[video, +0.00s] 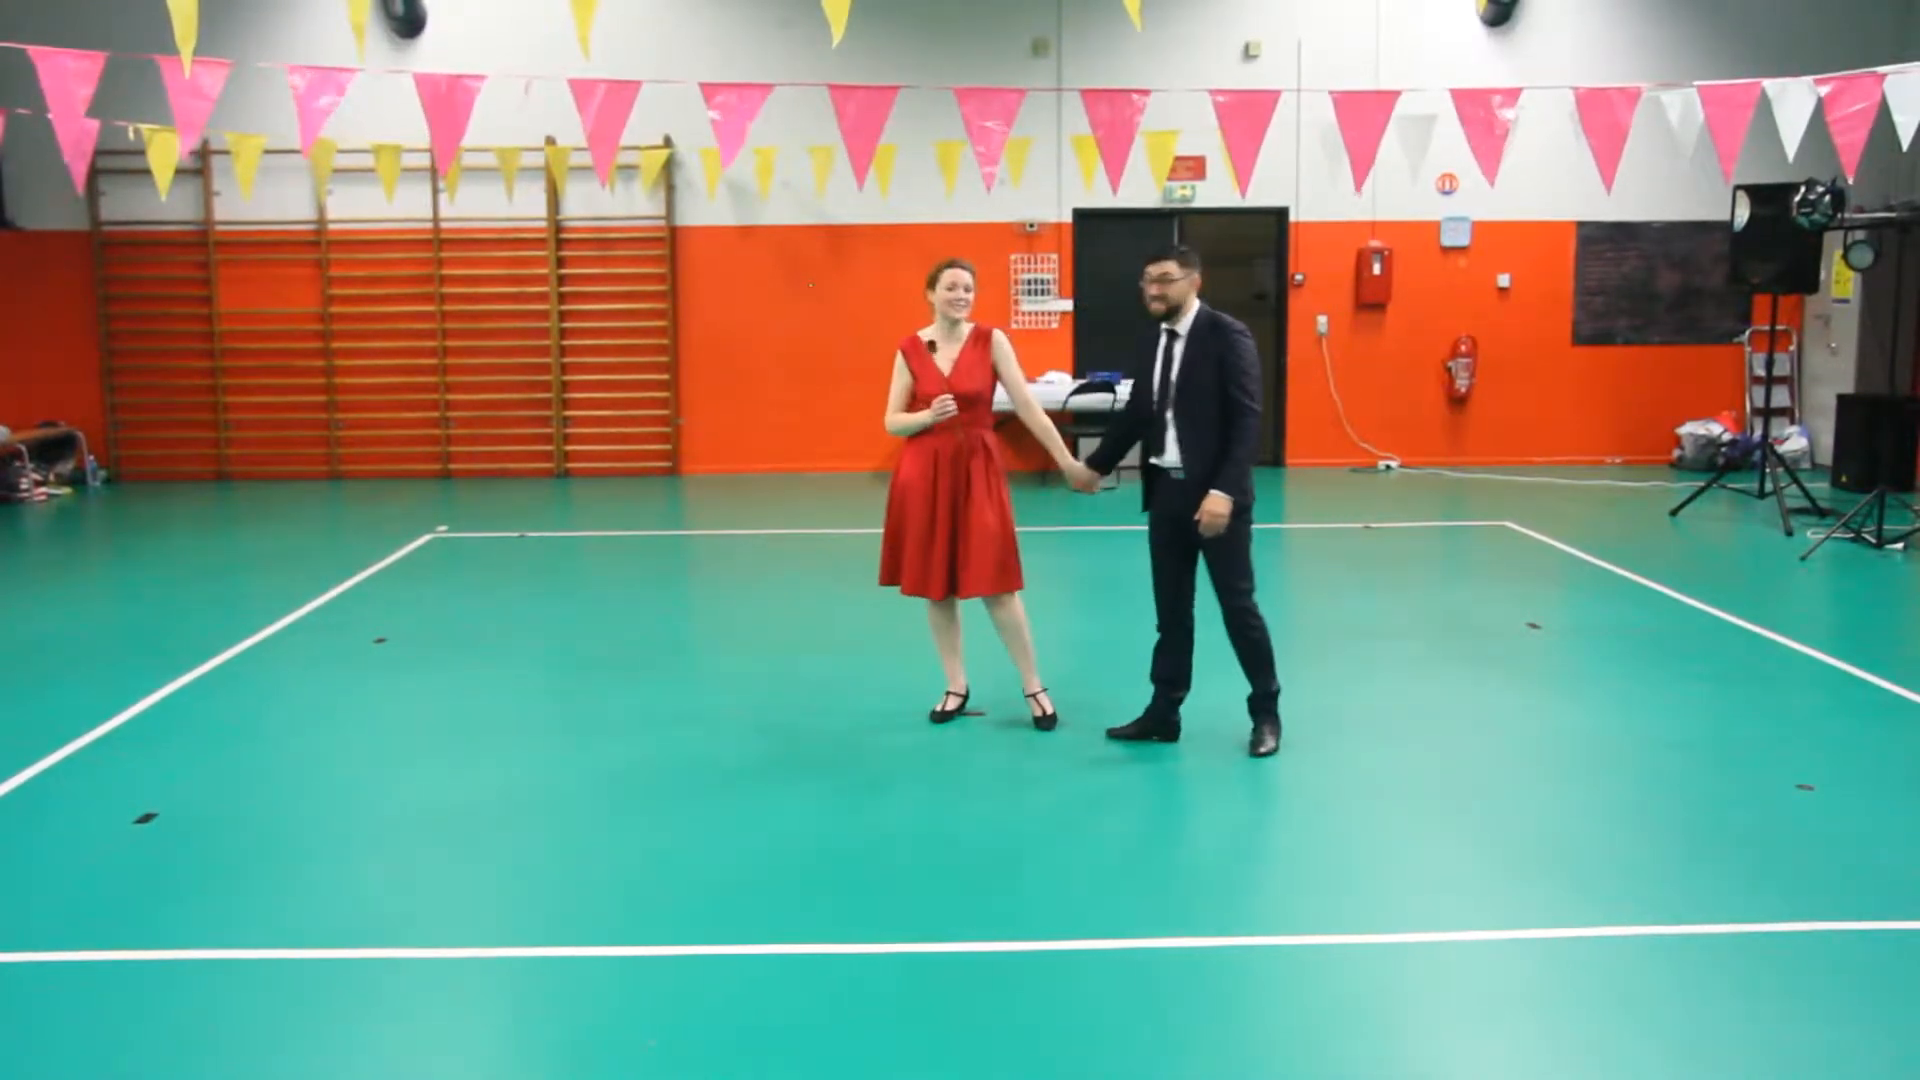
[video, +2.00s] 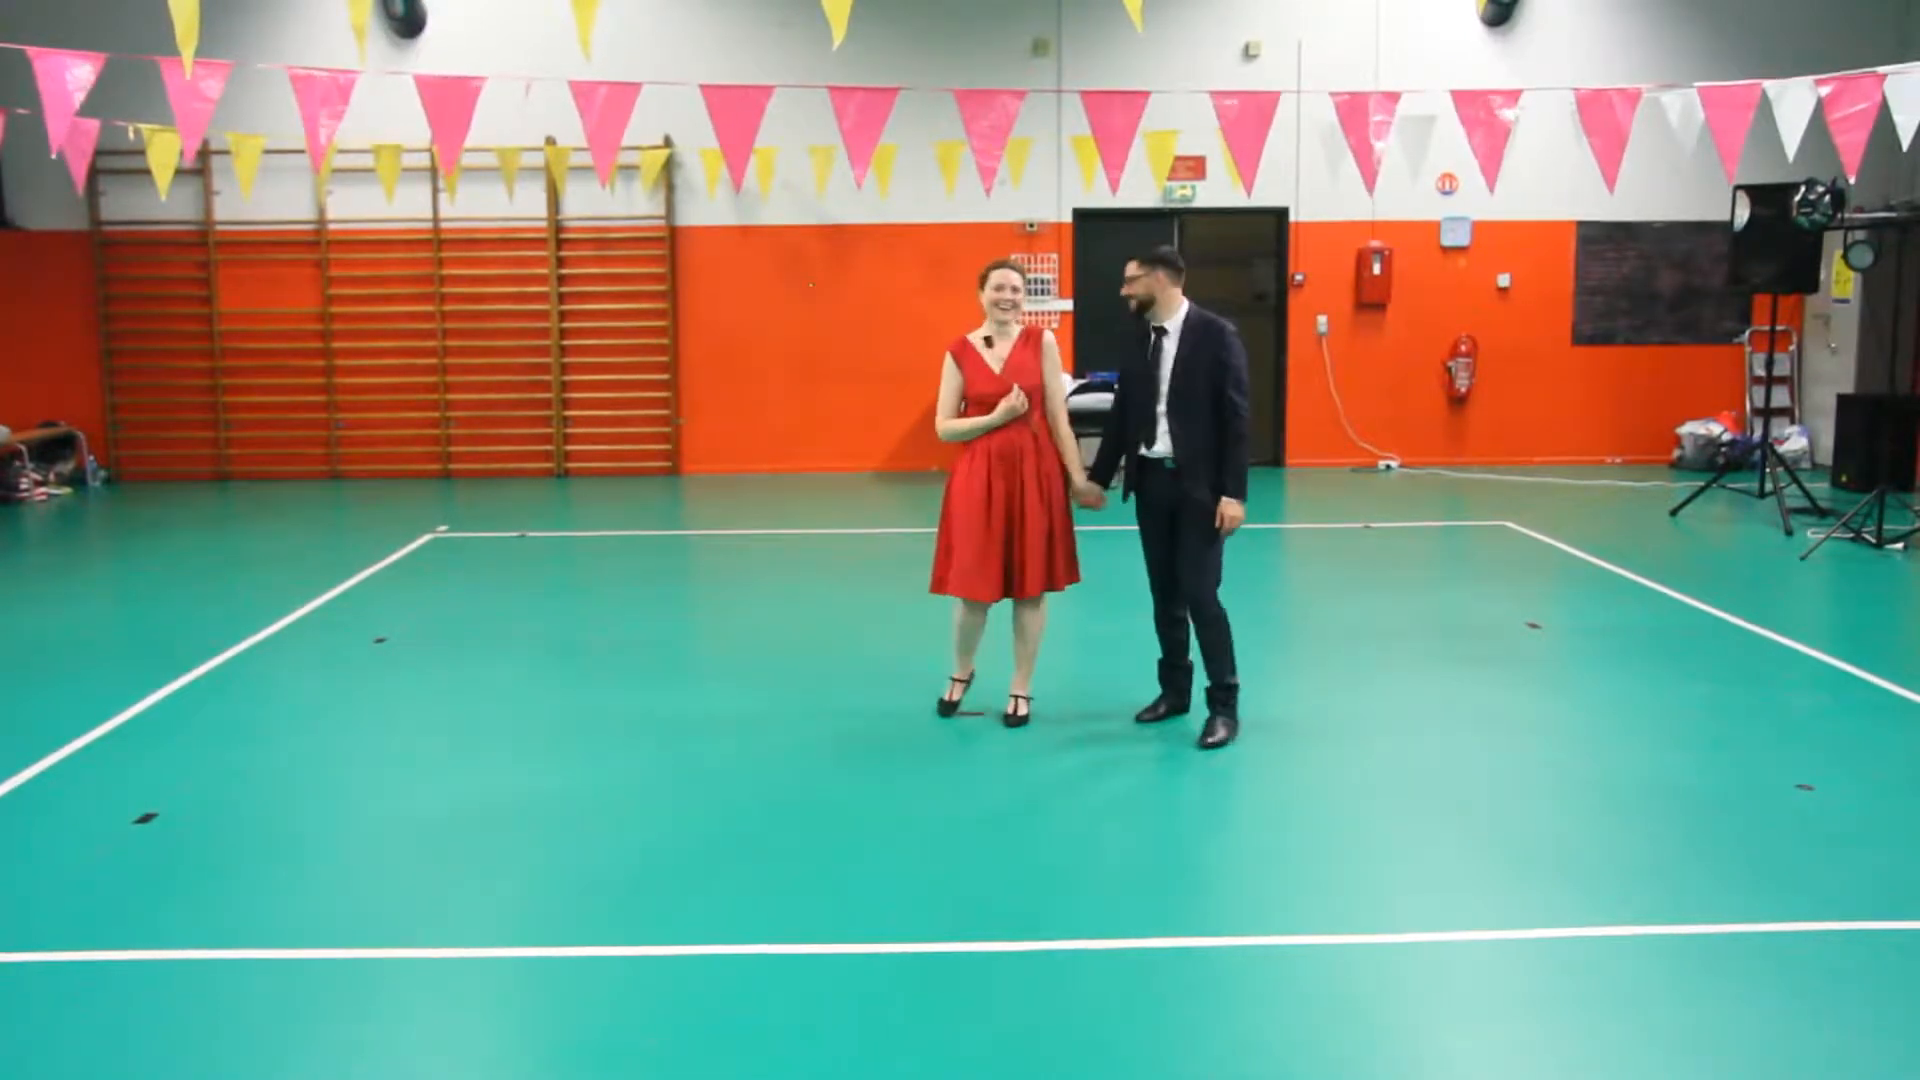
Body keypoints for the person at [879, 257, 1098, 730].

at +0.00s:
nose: (960, 296)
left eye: (967, 289)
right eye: (951, 288)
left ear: (975, 297)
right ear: (931, 295)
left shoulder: (991, 342)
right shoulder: (910, 350)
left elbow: (1028, 407)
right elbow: (892, 422)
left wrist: (1069, 463)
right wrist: (928, 416)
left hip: (977, 471)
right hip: (926, 474)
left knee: (998, 586)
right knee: (938, 587)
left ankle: (1033, 688)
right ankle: (955, 687)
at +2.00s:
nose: (1008, 296)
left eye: (1015, 289)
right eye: (999, 288)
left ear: (1025, 298)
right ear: (981, 296)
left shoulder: (1042, 344)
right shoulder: (960, 352)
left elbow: (1059, 417)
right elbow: (946, 427)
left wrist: (1078, 477)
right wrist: (995, 417)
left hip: (1034, 477)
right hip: (980, 479)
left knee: (1028, 592)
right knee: (974, 592)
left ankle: (1021, 690)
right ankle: (961, 676)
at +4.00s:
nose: (1011, 293)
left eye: (1012, 285)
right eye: (1002, 287)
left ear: (1012, 291)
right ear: (974, 293)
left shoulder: (1026, 340)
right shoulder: (949, 348)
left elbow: (1046, 411)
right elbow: (933, 422)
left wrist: (1065, 470)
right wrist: (989, 413)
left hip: (1018, 474)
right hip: (965, 475)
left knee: (1019, 586)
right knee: (960, 584)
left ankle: (1017, 686)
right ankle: (952, 682)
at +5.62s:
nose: (1007, 293)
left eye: (1010, 286)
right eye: (996, 286)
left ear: (1013, 291)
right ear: (969, 291)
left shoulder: (1025, 345)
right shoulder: (943, 346)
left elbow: (1037, 419)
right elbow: (922, 424)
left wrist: (1052, 491)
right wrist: (983, 415)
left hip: (1015, 477)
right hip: (960, 479)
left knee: (1018, 590)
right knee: (959, 594)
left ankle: (1017, 683)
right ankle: (958, 700)